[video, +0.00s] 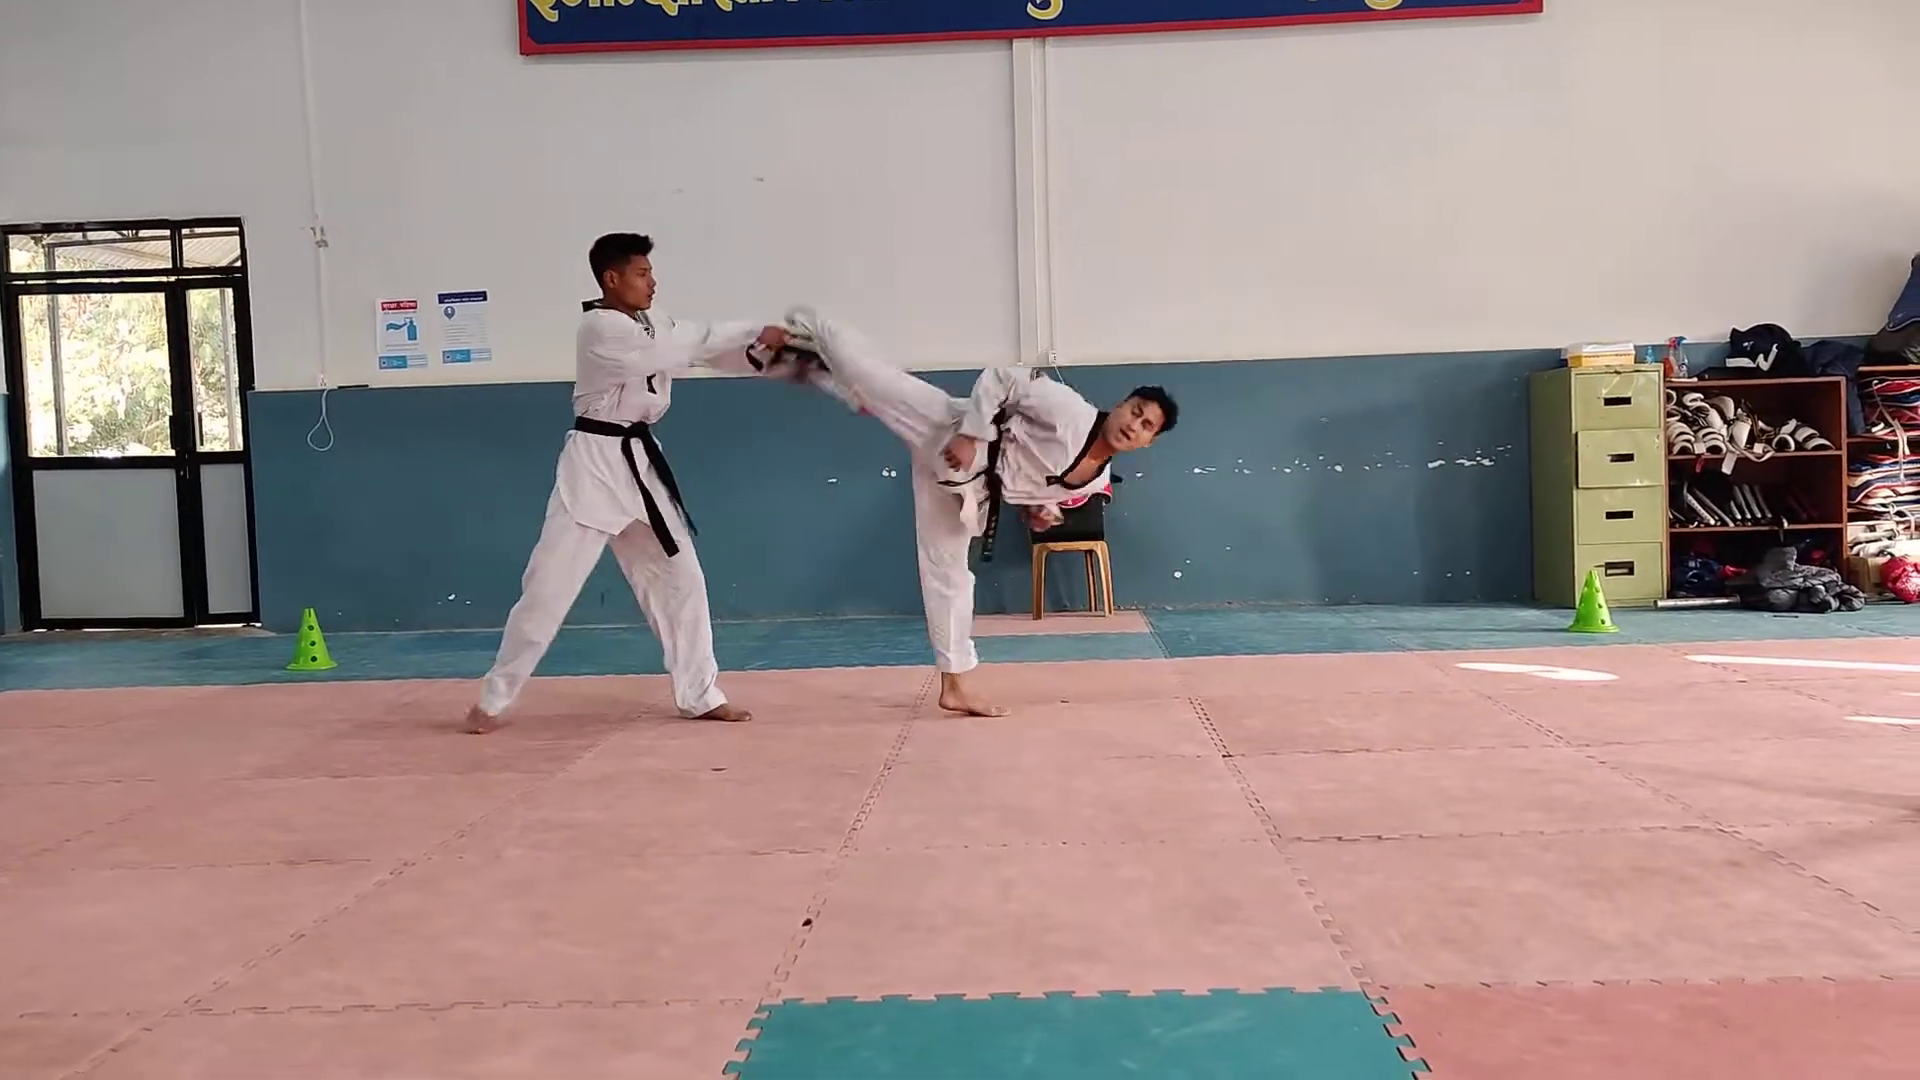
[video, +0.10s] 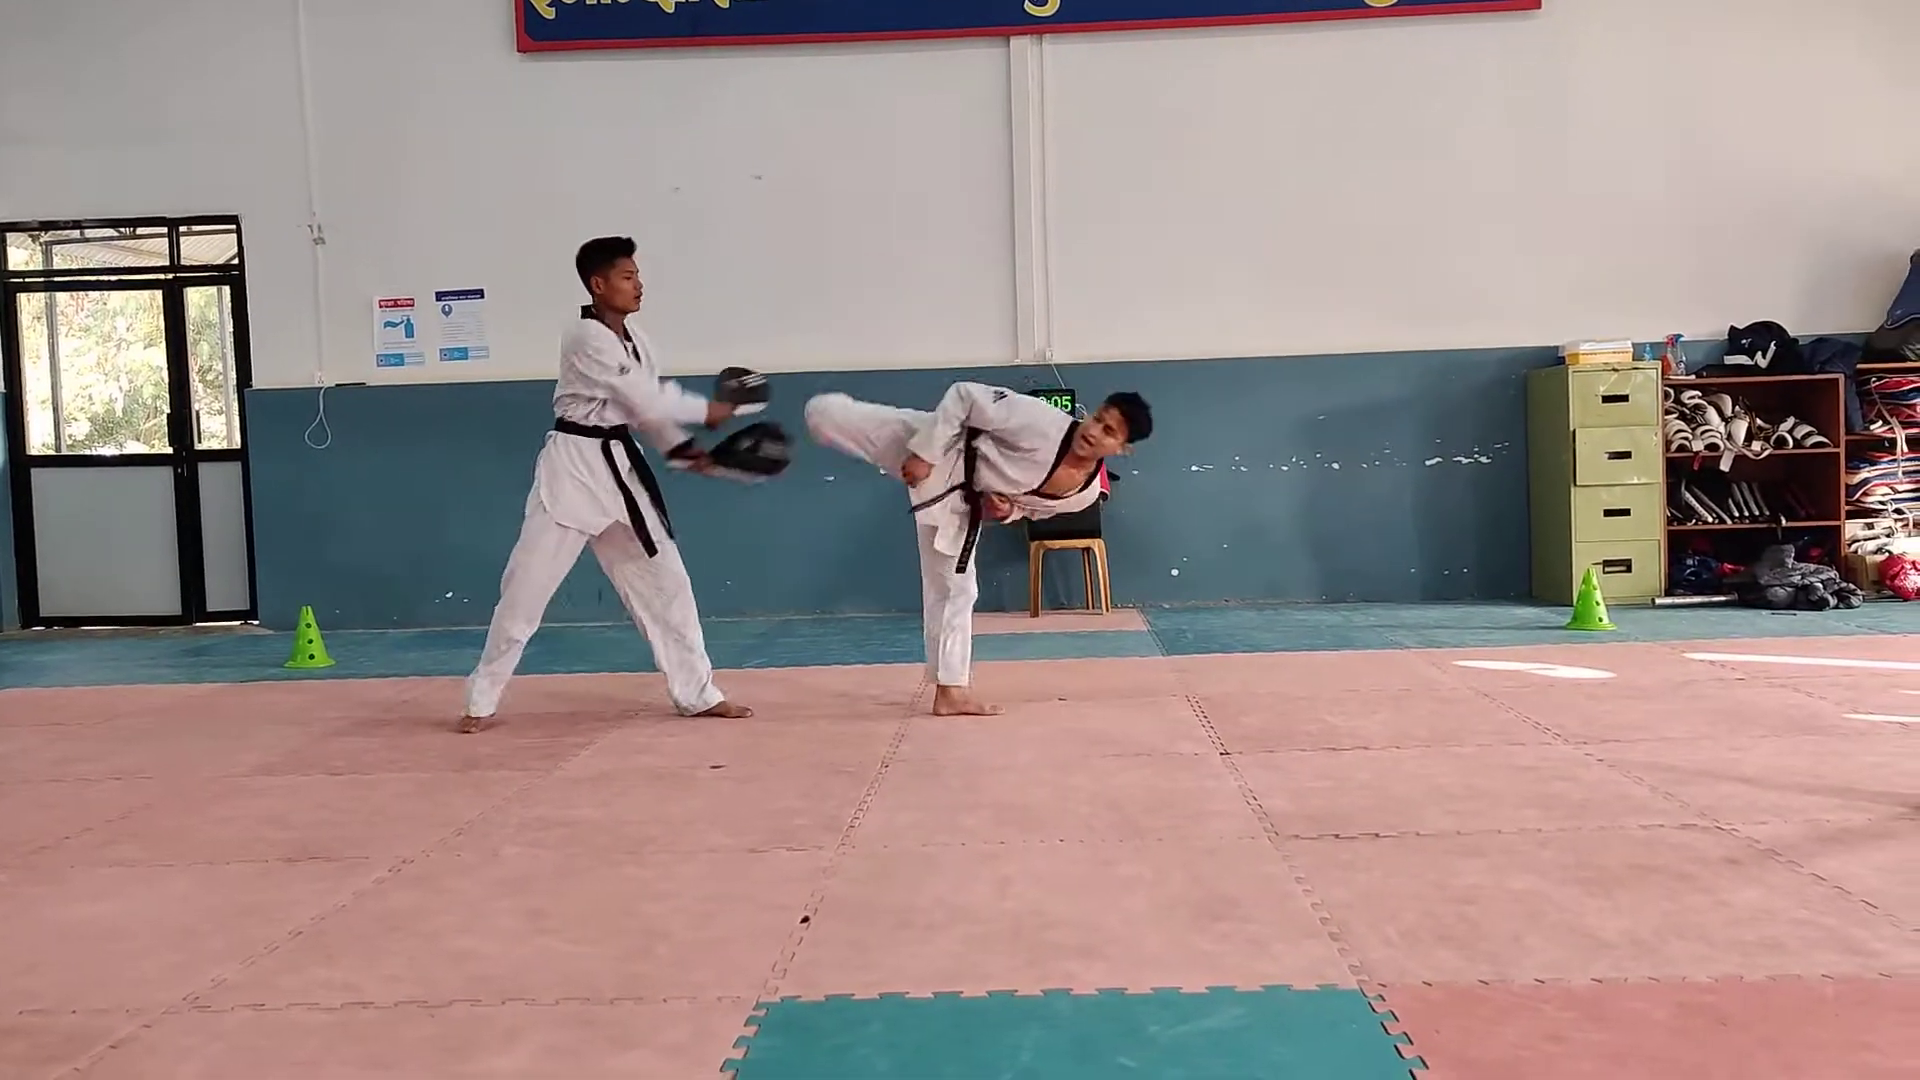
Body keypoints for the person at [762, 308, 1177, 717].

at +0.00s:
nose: (1134, 424)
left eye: (1147, 426)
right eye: (1135, 411)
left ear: (1149, 442)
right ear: (1119, 403)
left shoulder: (1095, 482)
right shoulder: (1067, 410)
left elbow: (1035, 486)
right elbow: (1000, 378)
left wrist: (1041, 511)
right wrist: (972, 435)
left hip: (963, 489)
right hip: (953, 430)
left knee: (949, 574)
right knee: (866, 378)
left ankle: (955, 685)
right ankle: (806, 331)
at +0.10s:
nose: (1095, 431)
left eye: (1110, 433)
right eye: (1098, 420)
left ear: (1122, 449)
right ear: (1090, 413)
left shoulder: (1087, 494)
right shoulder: (1043, 422)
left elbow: (1036, 508)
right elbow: (964, 394)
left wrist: (1011, 510)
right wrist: (924, 454)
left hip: (960, 500)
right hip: (941, 447)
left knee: (957, 587)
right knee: (820, 414)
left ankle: (950, 693)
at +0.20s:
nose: (1043, 406)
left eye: (1057, 407)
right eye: (1047, 396)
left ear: (1081, 425)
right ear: (1044, 391)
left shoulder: (1077, 477)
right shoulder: (1004, 406)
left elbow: (1043, 513)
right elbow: (932, 406)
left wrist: (995, 512)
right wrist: (903, 463)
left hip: (968, 504)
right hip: (934, 456)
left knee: (969, 590)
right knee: (844, 514)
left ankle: (949, 693)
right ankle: (841, 526)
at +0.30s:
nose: (1000, 369)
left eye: (1011, 365)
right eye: (1003, 361)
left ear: (1041, 380)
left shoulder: (1068, 442)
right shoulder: (969, 391)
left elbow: (1043, 492)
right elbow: (913, 419)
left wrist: (1007, 524)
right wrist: (896, 473)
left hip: (984, 501)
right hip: (928, 472)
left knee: (986, 592)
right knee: (889, 562)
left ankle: (955, 690)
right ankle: (853, 660)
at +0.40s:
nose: (965, 344)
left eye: (975, 338)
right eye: (968, 335)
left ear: (1006, 351)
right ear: (1000, 349)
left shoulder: (1047, 405)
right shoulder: (940, 387)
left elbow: (1056, 461)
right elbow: (903, 444)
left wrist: (1039, 513)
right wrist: (889, 497)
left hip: (999, 500)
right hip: (933, 491)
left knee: (1028, 584)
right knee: (906, 584)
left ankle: (981, 674)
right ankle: (887, 685)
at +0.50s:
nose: (949, 311)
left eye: (957, 302)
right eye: (951, 301)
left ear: (988, 311)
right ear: (980, 311)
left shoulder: (1038, 365)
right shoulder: (940, 360)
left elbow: (1081, 405)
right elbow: (917, 418)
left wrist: (1061, 459)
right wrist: (903, 466)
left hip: (1017, 478)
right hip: (951, 477)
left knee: (1044, 575)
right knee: (914, 586)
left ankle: (1051, 651)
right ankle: (888, 687)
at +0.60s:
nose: (954, 296)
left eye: (963, 287)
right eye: (956, 286)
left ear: (994, 295)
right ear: (988, 294)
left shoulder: (1039, 348)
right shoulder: (954, 351)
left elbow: (1107, 377)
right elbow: (946, 407)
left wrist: (1104, 441)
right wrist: (933, 444)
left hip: (1036, 467)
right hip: (974, 469)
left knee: (1062, 569)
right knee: (943, 571)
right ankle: (932, 672)